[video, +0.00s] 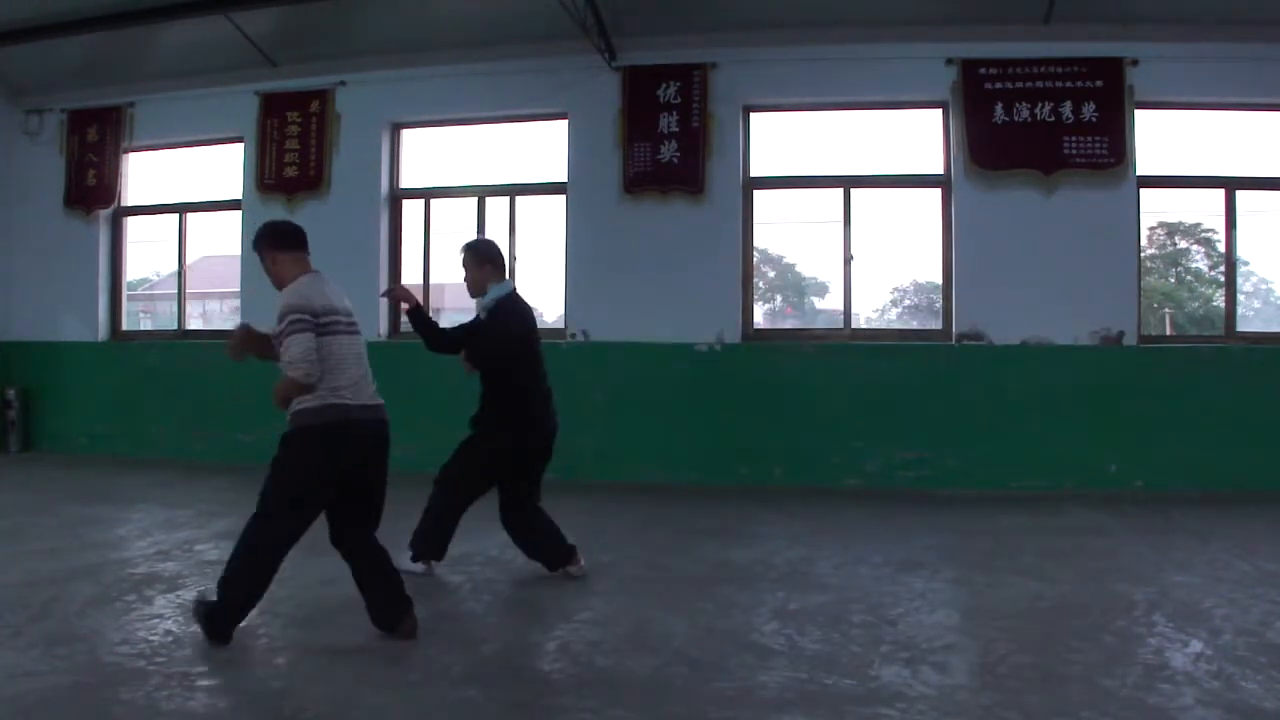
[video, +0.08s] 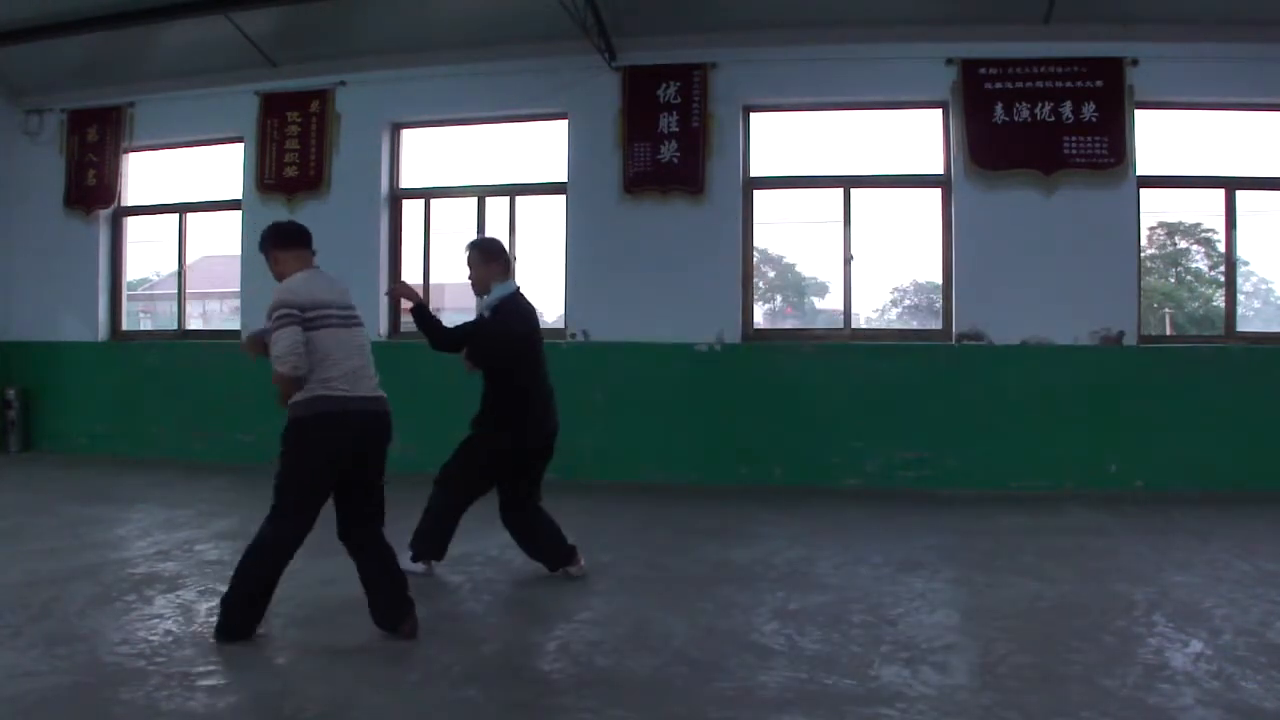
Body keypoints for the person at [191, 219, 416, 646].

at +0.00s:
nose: (268, 274)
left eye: (266, 264)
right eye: (265, 266)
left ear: (273, 258)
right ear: (304, 253)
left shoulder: (297, 297)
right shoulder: (334, 294)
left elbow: (304, 370)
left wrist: (282, 394)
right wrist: (265, 346)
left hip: (320, 430)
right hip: (369, 425)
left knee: (272, 529)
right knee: (354, 532)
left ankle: (222, 618)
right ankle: (399, 619)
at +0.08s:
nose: (271, 269)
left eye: (270, 261)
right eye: (270, 262)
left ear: (275, 258)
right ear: (310, 252)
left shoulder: (288, 294)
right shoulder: (339, 289)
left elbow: (290, 366)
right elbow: (329, 342)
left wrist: (286, 398)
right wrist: (271, 342)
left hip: (318, 420)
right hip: (370, 416)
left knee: (286, 526)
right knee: (362, 526)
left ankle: (235, 623)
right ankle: (399, 618)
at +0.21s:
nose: (282, 264)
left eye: (279, 259)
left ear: (279, 256)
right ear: (321, 250)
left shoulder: (273, 297)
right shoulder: (349, 288)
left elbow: (265, 362)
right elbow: (357, 346)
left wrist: (285, 400)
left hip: (306, 415)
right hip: (362, 412)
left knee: (289, 522)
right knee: (366, 514)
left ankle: (242, 619)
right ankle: (400, 614)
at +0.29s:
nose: (329, 257)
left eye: (325, 251)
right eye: (330, 251)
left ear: (288, 251)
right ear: (329, 249)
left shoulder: (258, 293)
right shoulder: (349, 285)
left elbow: (238, 361)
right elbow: (375, 302)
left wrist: (272, 389)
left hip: (283, 417)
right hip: (340, 415)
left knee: (282, 522)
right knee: (364, 516)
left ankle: (239, 619)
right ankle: (404, 614)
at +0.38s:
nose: (336, 253)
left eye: (335, 247)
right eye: (335, 246)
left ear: (293, 246)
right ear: (328, 244)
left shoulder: (255, 293)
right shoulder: (347, 285)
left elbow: (228, 358)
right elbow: (399, 288)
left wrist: (263, 388)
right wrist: (412, 290)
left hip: (270, 420)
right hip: (325, 419)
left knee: (280, 525)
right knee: (364, 522)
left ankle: (239, 620)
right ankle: (407, 614)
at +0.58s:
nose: (350, 255)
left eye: (351, 246)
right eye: (347, 245)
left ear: (307, 242)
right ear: (328, 241)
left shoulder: (257, 292)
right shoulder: (338, 290)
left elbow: (240, 359)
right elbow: (414, 305)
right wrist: (424, 258)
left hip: (256, 429)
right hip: (307, 429)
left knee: (289, 527)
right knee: (363, 530)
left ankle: (240, 619)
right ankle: (419, 624)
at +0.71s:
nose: (360, 254)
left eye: (361, 244)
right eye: (357, 243)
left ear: (321, 240)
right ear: (335, 239)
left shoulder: (282, 288)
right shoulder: (335, 291)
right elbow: (410, 318)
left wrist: (408, 307)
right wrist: (442, 270)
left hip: (264, 429)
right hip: (309, 431)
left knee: (295, 531)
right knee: (364, 531)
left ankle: (241, 620)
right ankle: (420, 625)